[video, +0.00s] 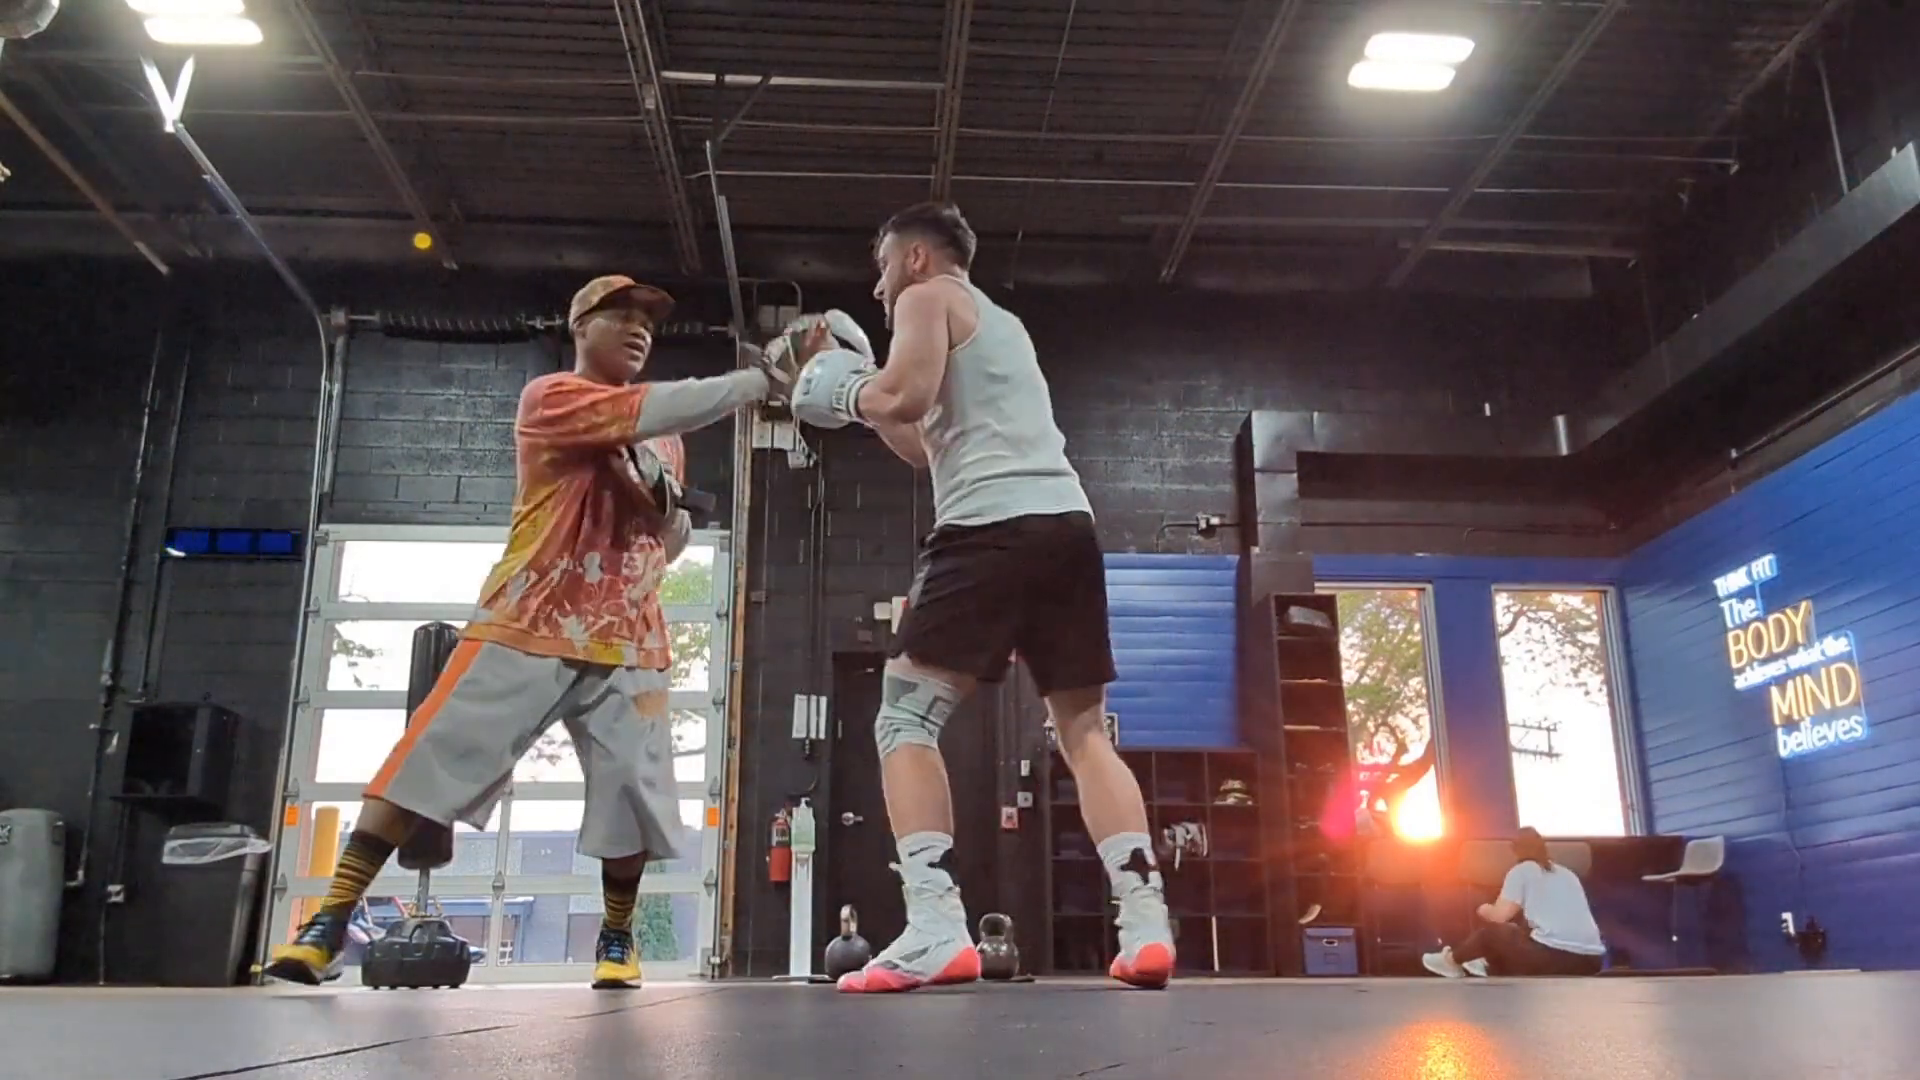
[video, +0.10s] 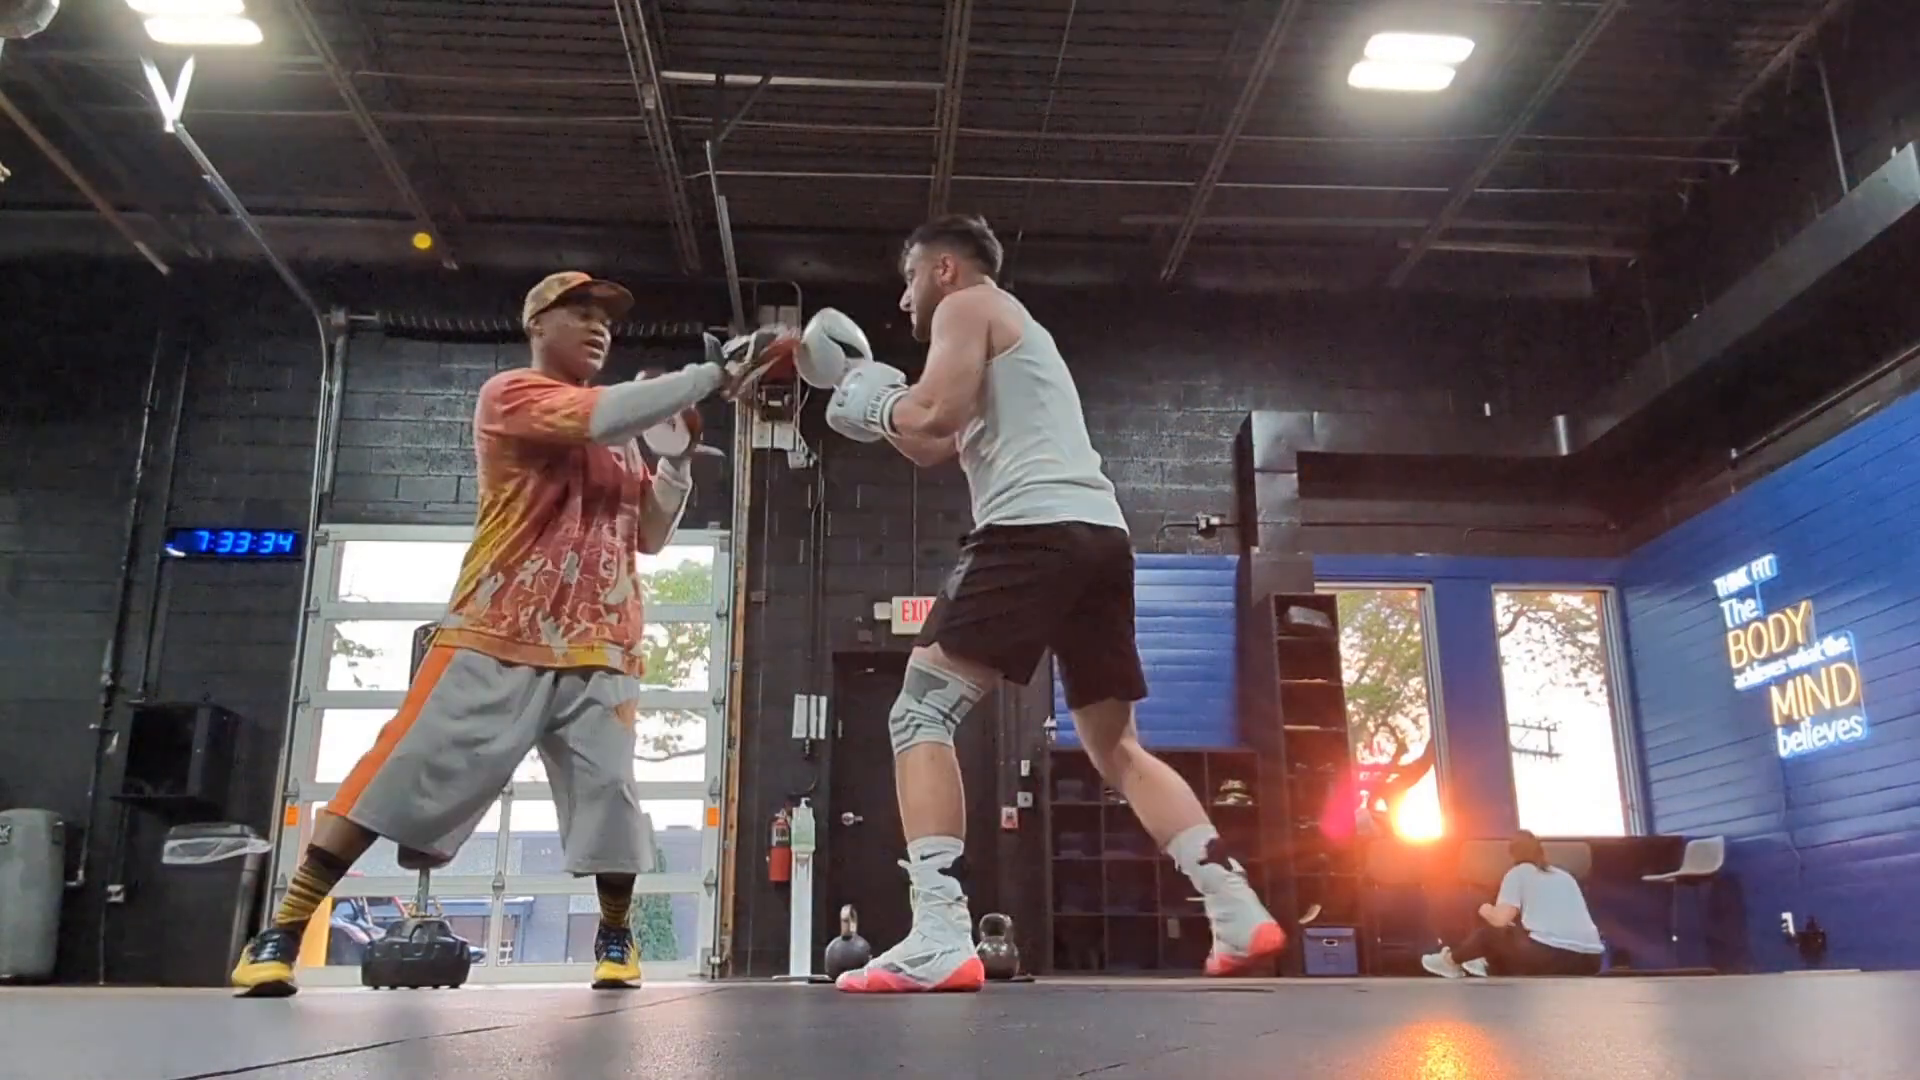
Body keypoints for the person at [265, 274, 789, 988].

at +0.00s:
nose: (640, 333)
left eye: (648, 326)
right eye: (624, 319)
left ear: (649, 342)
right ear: (581, 328)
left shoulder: (659, 433)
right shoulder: (548, 400)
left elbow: (669, 545)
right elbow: (655, 406)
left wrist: (668, 501)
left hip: (628, 637)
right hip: (530, 622)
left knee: (631, 786)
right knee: (430, 749)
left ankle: (618, 939)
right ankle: (330, 923)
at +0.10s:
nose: (600, 332)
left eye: (606, 325)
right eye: (584, 318)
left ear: (607, 340)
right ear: (538, 326)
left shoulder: (619, 435)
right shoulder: (507, 395)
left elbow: (650, 536)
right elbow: (595, 416)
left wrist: (676, 463)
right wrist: (718, 371)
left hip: (596, 642)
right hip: (495, 630)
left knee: (610, 790)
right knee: (402, 765)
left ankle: (616, 934)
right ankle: (285, 928)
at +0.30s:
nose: (530, 296)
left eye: (533, 287)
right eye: (512, 279)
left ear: (533, 308)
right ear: (462, 291)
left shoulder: (565, 392)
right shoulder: (424, 388)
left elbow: (652, 438)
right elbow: (460, 485)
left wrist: (621, 340)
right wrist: (580, 454)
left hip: (578, 607)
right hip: (464, 606)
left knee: (629, 746)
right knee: (381, 754)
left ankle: (616, 915)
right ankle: (280, 933)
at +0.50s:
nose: (546, 260)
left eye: (550, 249)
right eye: (526, 245)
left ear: (551, 270)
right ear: (476, 263)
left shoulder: (581, 352)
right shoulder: (435, 363)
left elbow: (682, 384)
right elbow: (445, 461)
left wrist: (687, 281)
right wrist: (552, 410)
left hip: (587, 598)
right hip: (468, 599)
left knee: (634, 758)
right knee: (380, 752)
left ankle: (647, 936)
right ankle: (287, 924)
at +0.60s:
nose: (558, 252)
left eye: (563, 243)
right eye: (538, 238)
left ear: (567, 265)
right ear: (488, 255)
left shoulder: (610, 339)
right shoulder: (448, 355)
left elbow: (710, 349)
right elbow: (448, 443)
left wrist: (761, 274)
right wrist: (544, 374)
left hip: (601, 583)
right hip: (483, 581)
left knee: (638, 744)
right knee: (410, 727)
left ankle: (651, 932)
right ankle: (314, 916)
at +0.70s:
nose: (571, 250)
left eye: (575, 242)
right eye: (552, 235)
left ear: (577, 261)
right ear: (504, 251)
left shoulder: (620, 339)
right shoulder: (456, 343)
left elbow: (712, 352)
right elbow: (438, 435)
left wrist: (729, 263)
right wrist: (528, 353)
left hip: (607, 577)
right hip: (491, 578)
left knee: (656, 728)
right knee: (427, 735)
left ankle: (664, 924)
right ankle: (333, 926)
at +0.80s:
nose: (585, 258)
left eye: (590, 250)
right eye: (568, 243)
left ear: (590, 272)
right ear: (516, 256)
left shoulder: (631, 357)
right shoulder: (465, 347)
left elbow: (728, 376)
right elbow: (446, 418)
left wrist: (751, 279)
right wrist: (550, 341)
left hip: (612, 586)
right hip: (490, 589)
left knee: (678, 734)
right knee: (417, 742)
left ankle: (697, 925)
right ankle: (333, 930)